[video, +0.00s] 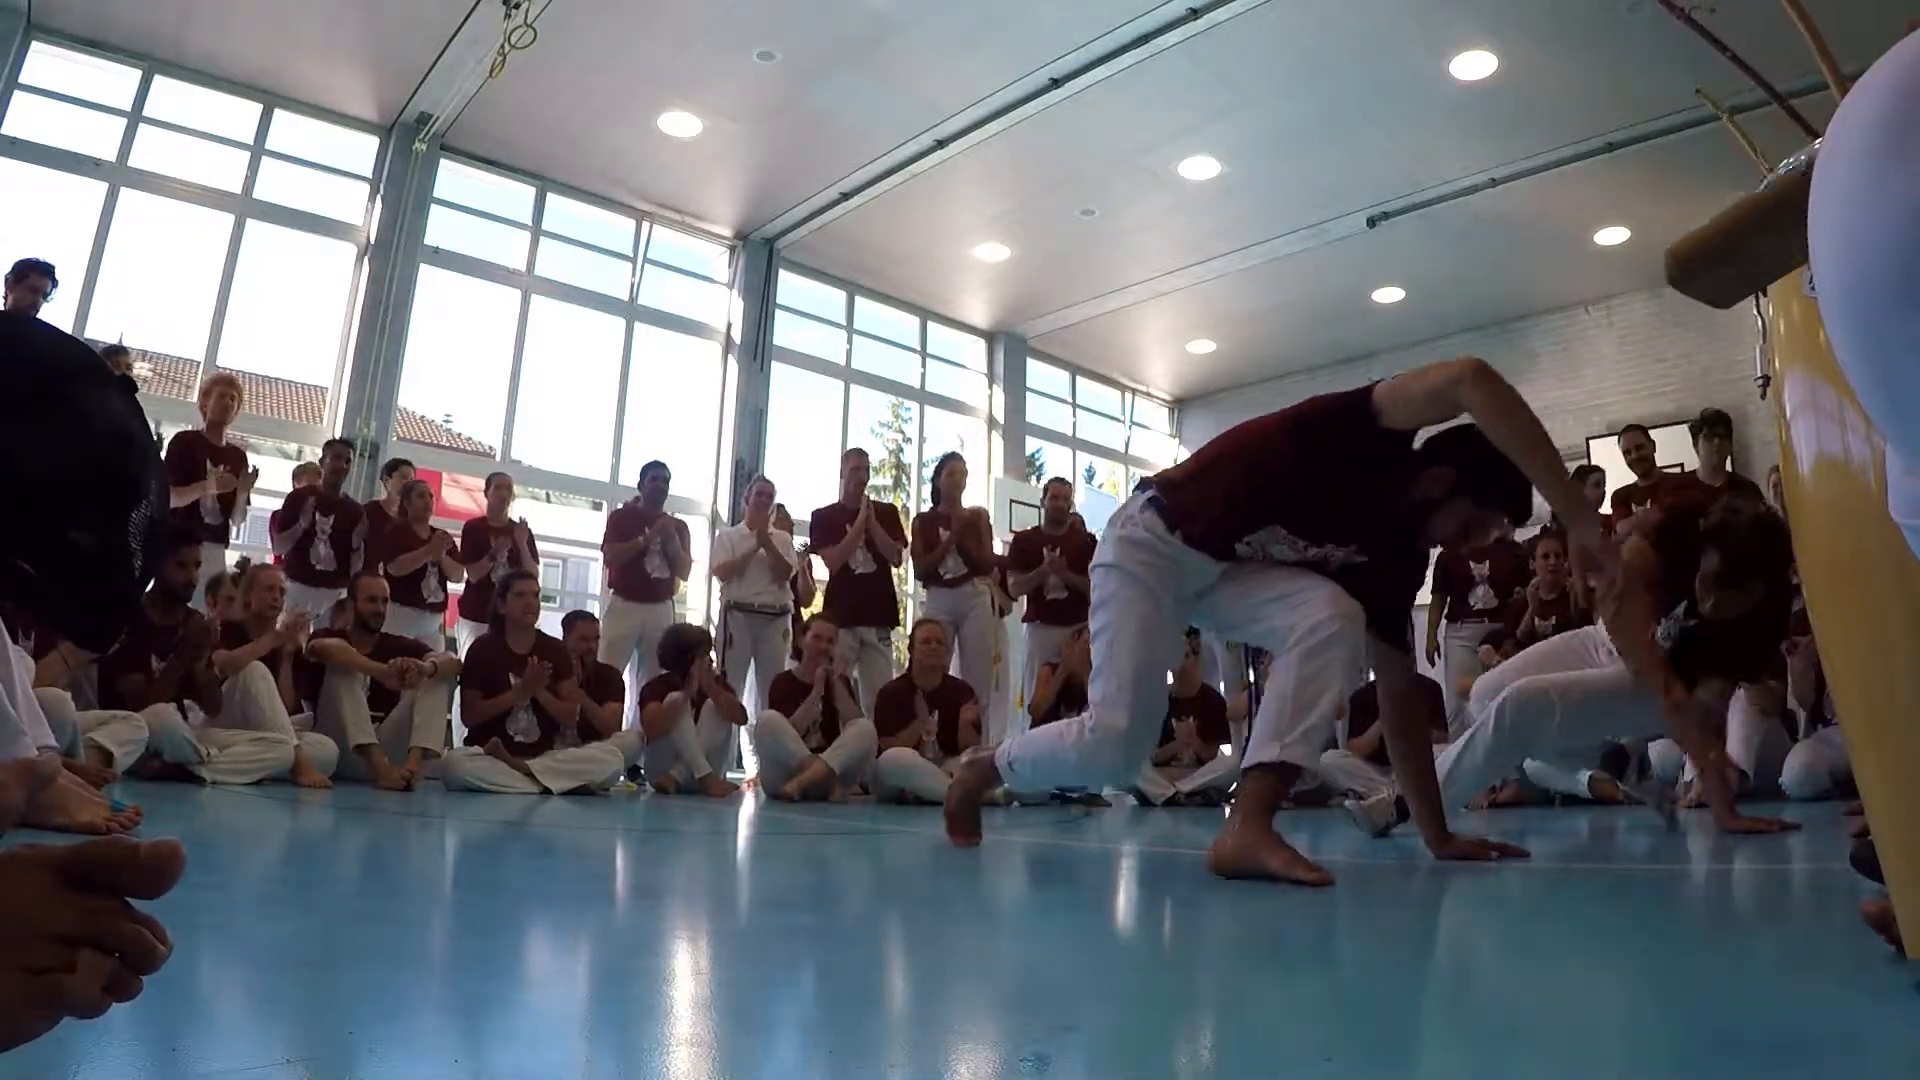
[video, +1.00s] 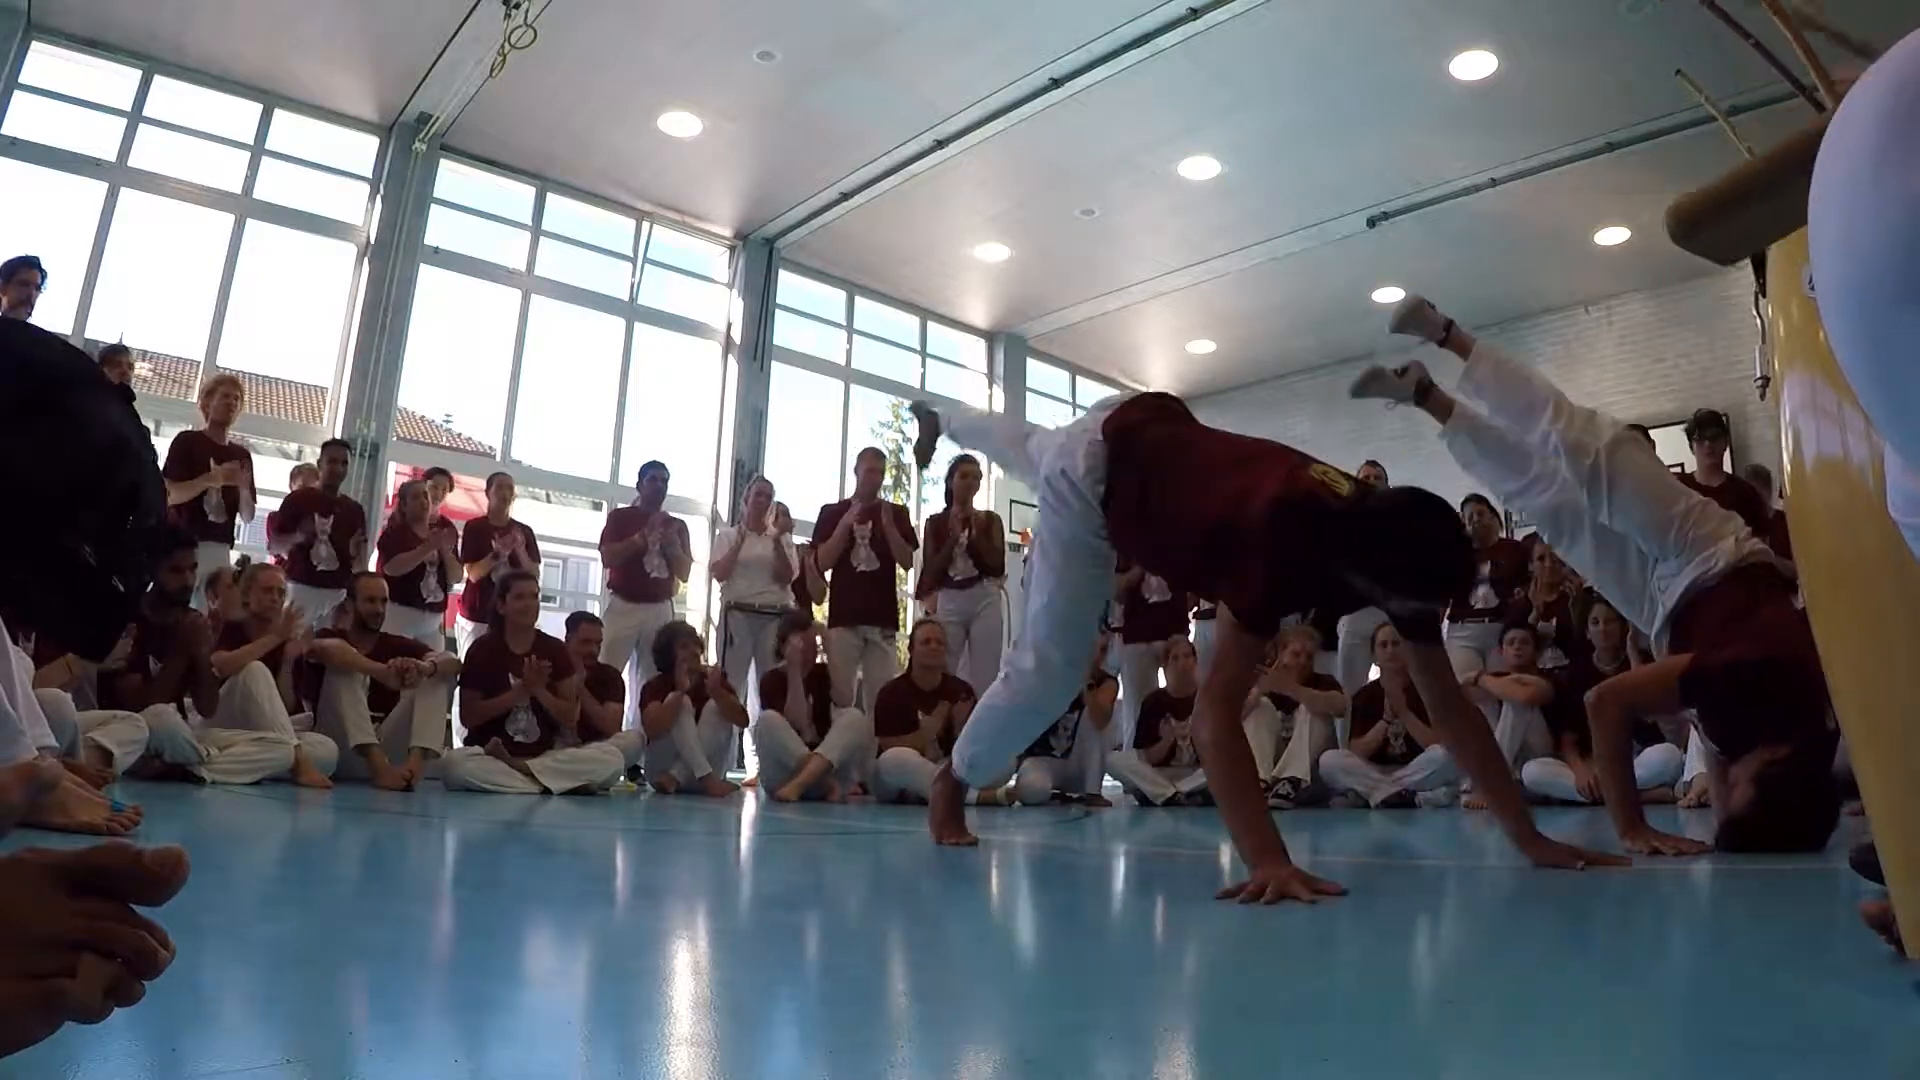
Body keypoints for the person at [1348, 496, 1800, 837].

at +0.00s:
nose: (1714, 599)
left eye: (1731, 591)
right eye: (1712, 582)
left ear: (1759, 585)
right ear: (1706, 552)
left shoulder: (1756, 613)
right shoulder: (1675, 528)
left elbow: (1703, 710)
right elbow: (1623, 607)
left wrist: (1724, 812)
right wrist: (1665, 687)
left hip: (1662, 684)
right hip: (1610, 639)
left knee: (1516, 707)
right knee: (1483, 692)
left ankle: (1407, 803)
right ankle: (1585, 784)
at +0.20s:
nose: (1729, 700)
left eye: (1742, 700)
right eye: (1731, 685)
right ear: (1735, 642)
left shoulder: (1753, 639)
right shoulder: (1695, 582)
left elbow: (1705, 718)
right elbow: (1602, 689)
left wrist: (1726, 815)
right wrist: (1634, 822)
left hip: (1651, 689)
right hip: (1603, 629)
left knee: (1515, 734)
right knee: (1462, 670)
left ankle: (1398, 801)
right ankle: (1478, 751)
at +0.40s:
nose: (1729, 764)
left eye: (1739, 768)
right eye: (1734, 755)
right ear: (1749, 711)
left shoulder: (1773, 682)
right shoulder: (1717, 632)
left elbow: (1709, 728)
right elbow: (1591, 704)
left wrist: (1727, 813)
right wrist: (1628, 827)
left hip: (1653, 686)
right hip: (1623, 613)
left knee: (1514, 765)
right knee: (1470, 626)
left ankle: (1386, 793)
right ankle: (1388, 671)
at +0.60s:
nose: (1711, 793)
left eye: (1720, 802)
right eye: (1722, 789)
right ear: (1754, 751)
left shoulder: (1811, 728)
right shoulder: (1727, 669)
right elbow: (1591, 704)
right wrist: (1630, 830)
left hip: (1654, 653)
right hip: (1686, 580)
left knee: (1520, 705)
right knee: (1539, 521)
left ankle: (1370, 733)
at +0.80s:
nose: (1718, 797)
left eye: (1722, 808)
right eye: (1731, 798)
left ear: (1772, 764)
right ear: (1760, 768)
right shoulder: (1735, 676)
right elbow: (1596, 706)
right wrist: (1632, 830)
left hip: (1676, 634)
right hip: (1716, 571)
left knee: (1534, 602)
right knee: (1567, 481)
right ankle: (1450, 405)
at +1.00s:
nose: (1717, 799)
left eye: (1723, 811)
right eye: (1730, 798)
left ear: (1777, 766)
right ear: (1761, 767)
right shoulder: (1759, 685)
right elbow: (1606, 701)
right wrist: (1632, 829)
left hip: (1669, 610)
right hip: (1706, 549)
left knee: (1563, 517)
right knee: (1581, 440)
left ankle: (1428, 397)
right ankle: (1451, 334)